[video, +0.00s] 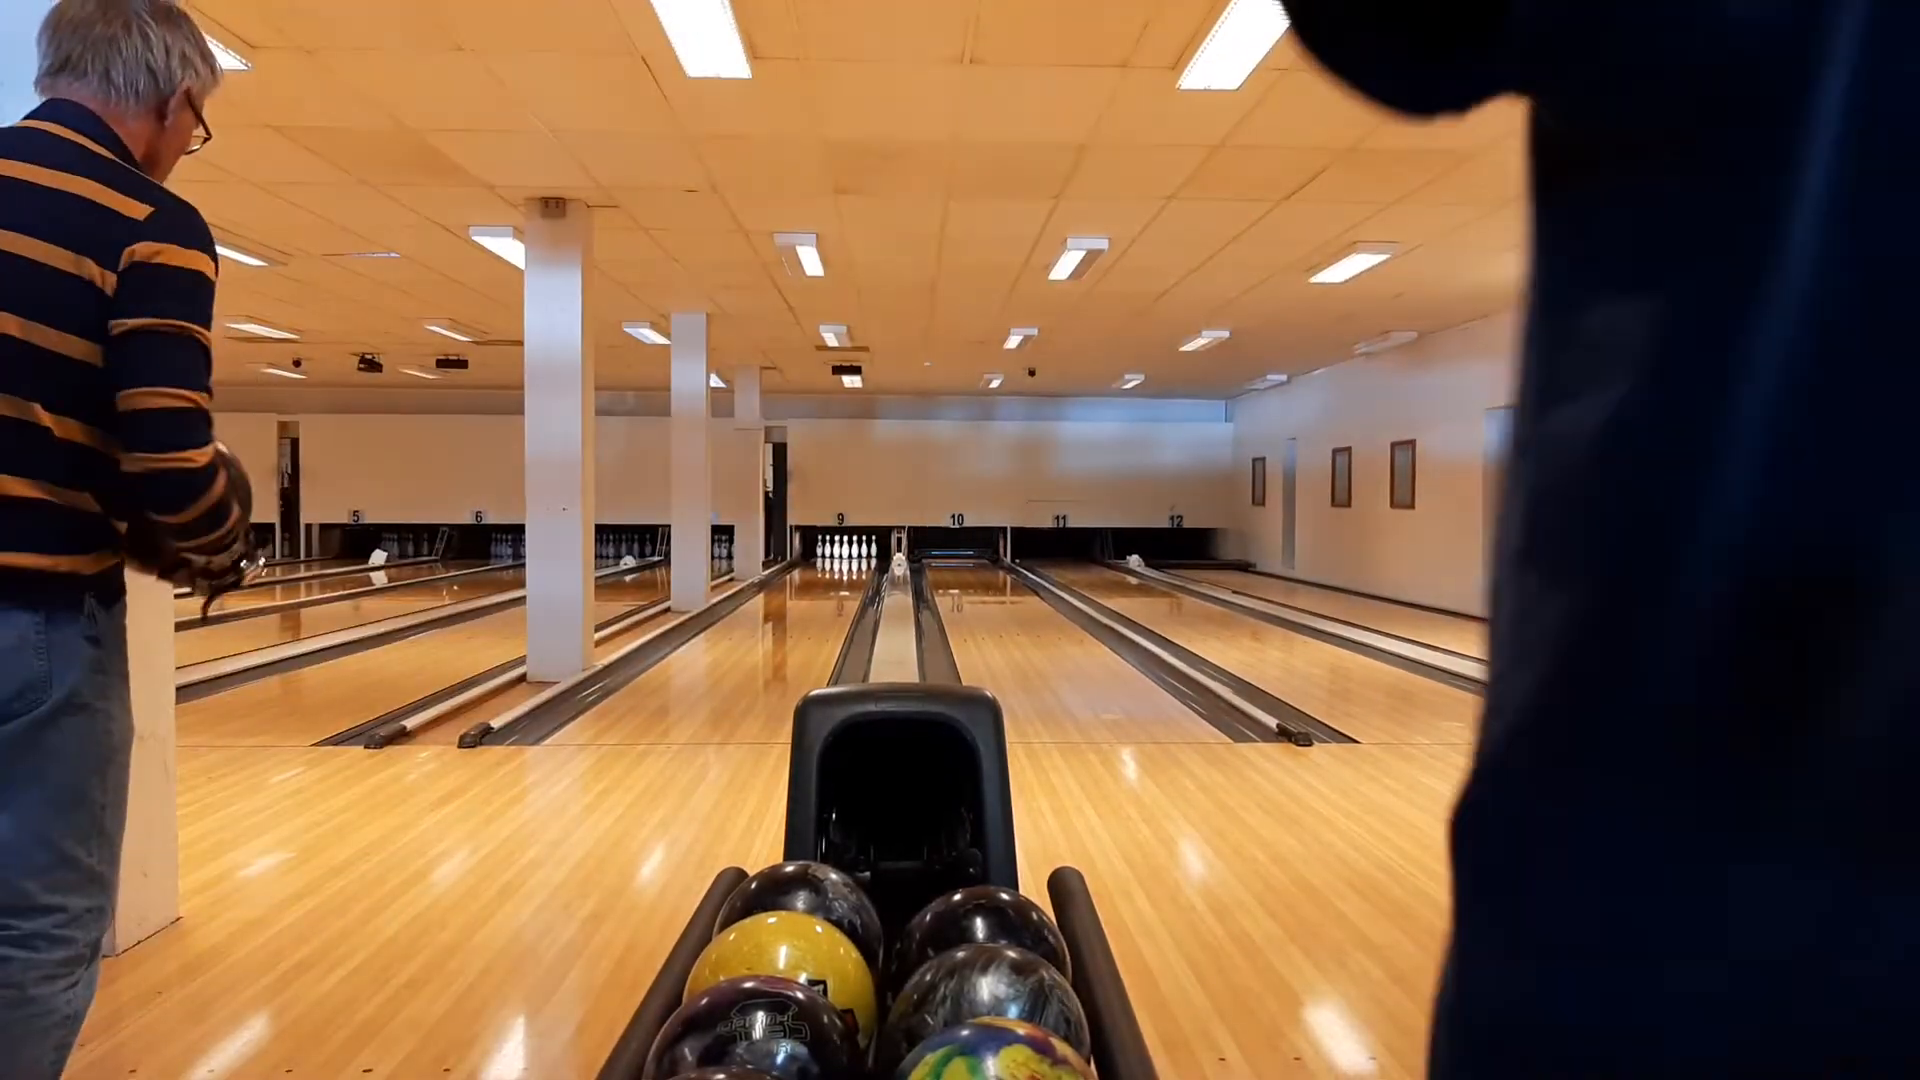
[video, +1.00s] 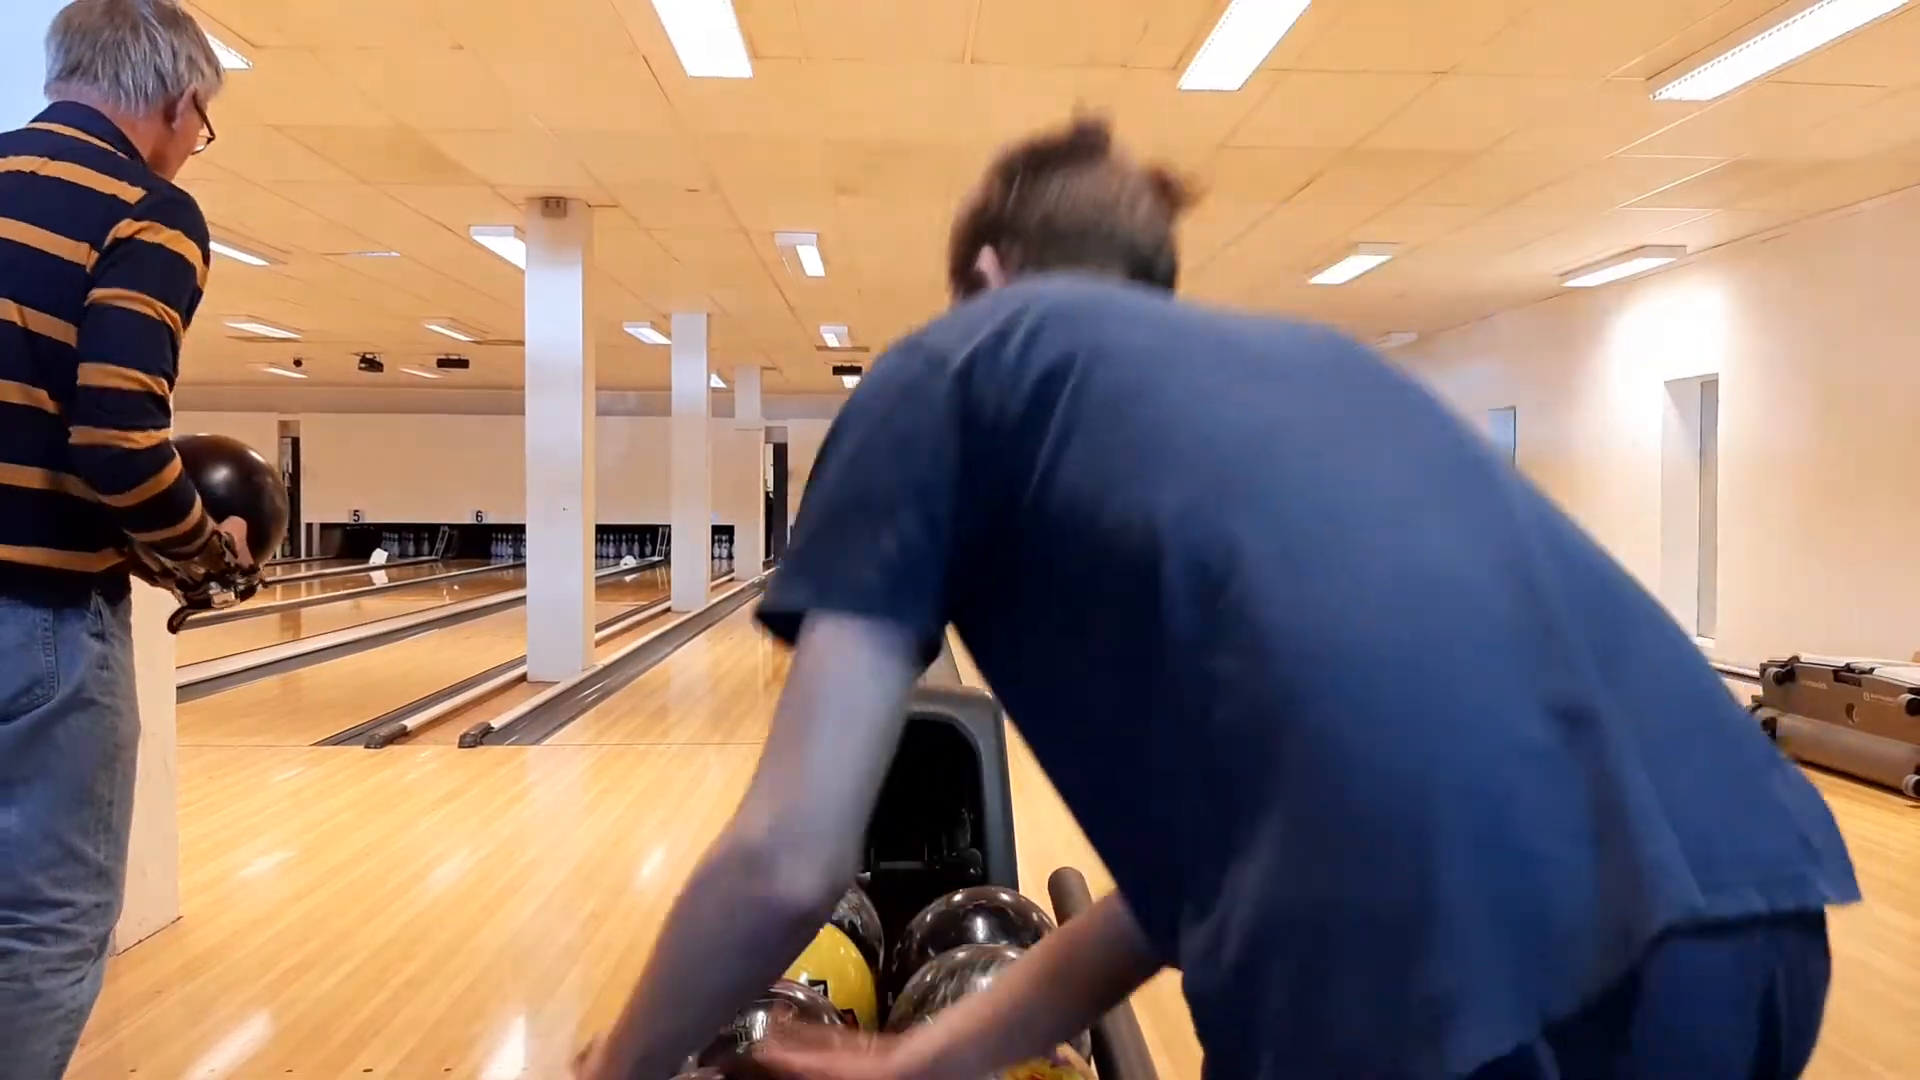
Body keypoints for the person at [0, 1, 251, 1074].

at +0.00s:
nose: (186, 155)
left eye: (196, 134)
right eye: (193, 129)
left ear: (57, 78)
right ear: (160, 106)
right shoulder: (152, 220)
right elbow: (160, 454)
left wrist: (159, 509)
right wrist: (215, 533)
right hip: (39, 609)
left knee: (29, 921)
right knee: (42, 936)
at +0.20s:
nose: (196, 156)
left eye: (203, 132)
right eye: (199, 128)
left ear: (66, 87)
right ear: (168, 108)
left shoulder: (0, 172)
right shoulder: (166, 224)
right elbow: (135, 453)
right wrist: (204, 553)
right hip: (43, 612)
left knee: (30, 916)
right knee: (51, 930)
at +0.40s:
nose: (194, 147)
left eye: (202, 125)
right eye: (199, 121)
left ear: (63, 78)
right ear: (166, 102)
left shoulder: (1, 169)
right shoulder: (166, 220)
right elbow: (141, 459)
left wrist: (176, 493)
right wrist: (211, 535)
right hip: (41, 608)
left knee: (30, 920)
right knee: (43, 934)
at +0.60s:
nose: (185, 133)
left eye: (190, 111)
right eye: (190, 107)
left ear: (52, 73)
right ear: (161, 94)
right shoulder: (159, 211)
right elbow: (139, 441)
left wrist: (170, 512)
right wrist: (207, 539)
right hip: (41, 609)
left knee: (27, 924)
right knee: (39, 941)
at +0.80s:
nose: (189, 156)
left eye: (198, 132)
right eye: (195, 129)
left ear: (62, 78)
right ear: (169, 107)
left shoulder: (6, 165)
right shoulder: (156, 204)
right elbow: (116, 427)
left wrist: (159, 509)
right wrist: (184, 535)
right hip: (43, 611)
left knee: (27, 923)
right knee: (39, 937)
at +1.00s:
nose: (191, 159)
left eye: (201, 135)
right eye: (198, 131)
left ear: (67, 78)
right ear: (170, 107)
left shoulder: (4, 167)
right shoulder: (153, 208)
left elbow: (53, 418)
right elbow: (113, 434)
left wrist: (152, 521)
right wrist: (200, 540)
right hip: (42, 607)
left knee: (23, 915)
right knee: (47, 931)